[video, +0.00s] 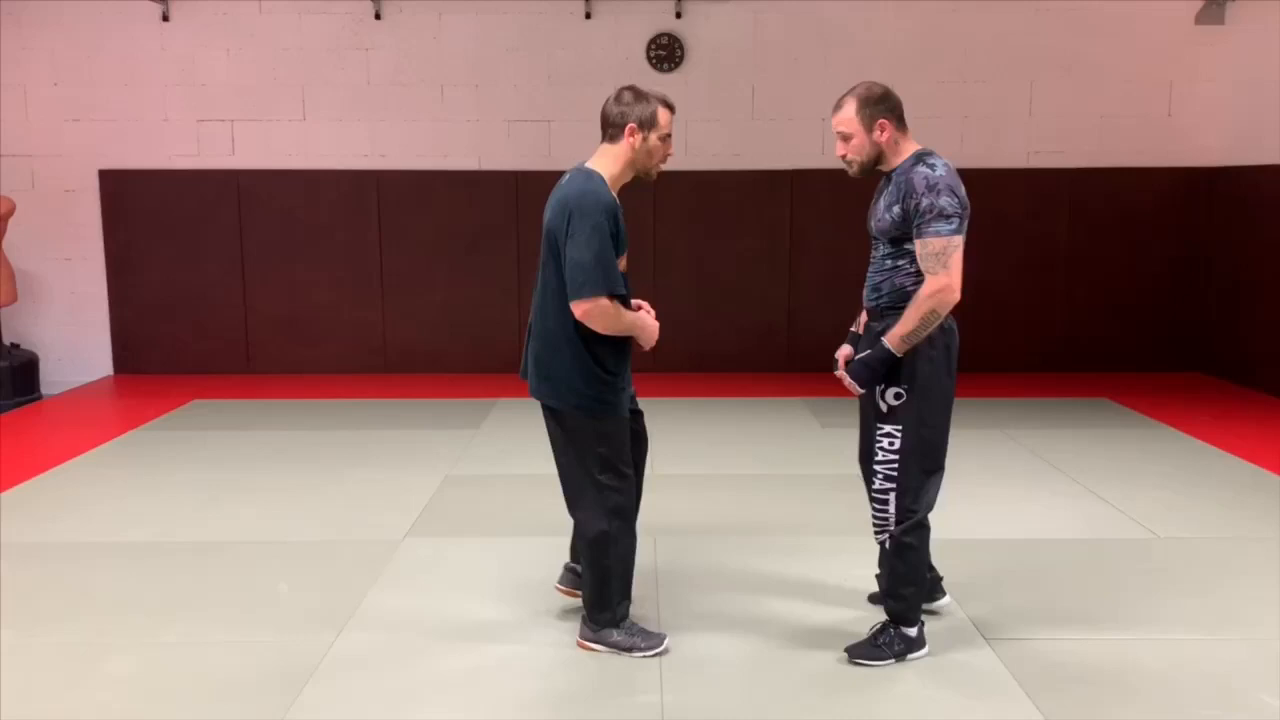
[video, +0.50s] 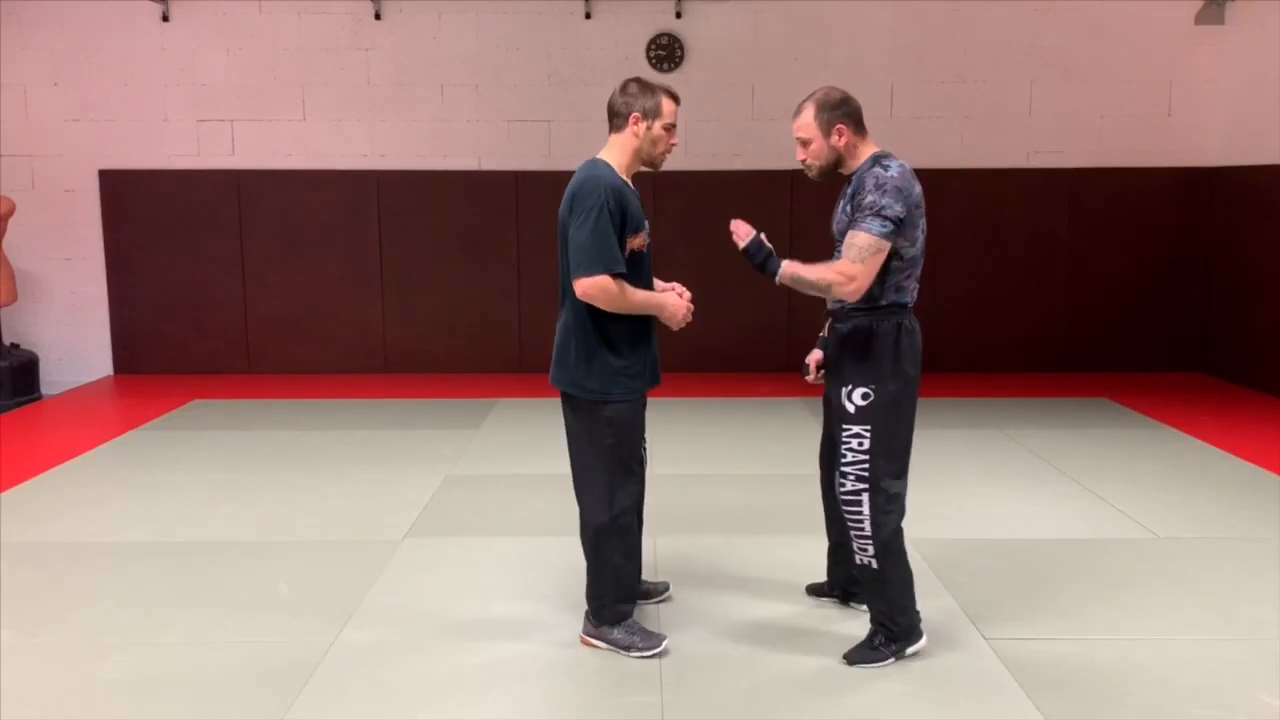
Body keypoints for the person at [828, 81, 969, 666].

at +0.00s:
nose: (840, 149)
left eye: (846, 137)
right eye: (837, 137)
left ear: (883, 130)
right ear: (881, 133)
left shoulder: (930, 182)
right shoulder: (896, 183)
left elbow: (943, 288)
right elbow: (887, 279)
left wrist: (881, 354)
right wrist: (857, 336)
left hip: (918, 348)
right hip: (891, 344)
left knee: (899, 480)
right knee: (885, 472)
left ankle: (903, 625)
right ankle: (916, 577)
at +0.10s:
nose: (832, 151)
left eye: (838, 139)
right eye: (829, 139)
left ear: (876, 132)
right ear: (873, 134)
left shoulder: (921, 182)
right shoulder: (893, 183)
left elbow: (928, 290)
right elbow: (888, 278)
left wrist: (858, 350)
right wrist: (857, 335)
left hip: (916, 347)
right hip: (885, 343)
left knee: (901, 483)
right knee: (858, 460)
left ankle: (903, 627)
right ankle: (898, 578)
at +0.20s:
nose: (825, 153)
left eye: (830, 140)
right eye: (823, 141)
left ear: (867, 131)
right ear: (864, 132)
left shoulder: (913, 182)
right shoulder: (886, 183)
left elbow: (911, 290)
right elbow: (889, 286)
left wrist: (827, 334)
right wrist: (853, 346)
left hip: (910, 349)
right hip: (877, 348)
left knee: (895, 487)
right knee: (848, 457)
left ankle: (904, 630)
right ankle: (879, 570)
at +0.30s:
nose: (816, 152)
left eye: (822, 140)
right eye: (814, 141)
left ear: (858, 133)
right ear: (857, 134)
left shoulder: (904, 183)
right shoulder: (877, 183)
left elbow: (894, 289)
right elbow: (876, 283)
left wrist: (807, 317)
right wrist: (846, 342)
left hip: (902, 350)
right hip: (871, 347)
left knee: (893, 492)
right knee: (845, 461)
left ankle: (902, 631)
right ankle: (860, 573)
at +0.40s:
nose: (807, 152)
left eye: (814, 141)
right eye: (806, 141)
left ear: (850, 134)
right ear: (849, 135)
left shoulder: (896, 184)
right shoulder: (871, 184)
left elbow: (873, 287)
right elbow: (867, 281)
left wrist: (788, 291)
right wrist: (838, 344)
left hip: (892, 348)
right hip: (864, 345)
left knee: (886, 490)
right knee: (846, 468)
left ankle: (902, 630)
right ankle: (851, 577)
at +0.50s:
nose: (798, 153)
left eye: (805, 141)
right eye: (797, 142)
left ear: (841, 135)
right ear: (840, 136)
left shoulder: (886, 183)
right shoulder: (859, 185)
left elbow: (852, 280)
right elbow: (852, 278)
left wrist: (773, 264)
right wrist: (828, 343)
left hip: (880, 346)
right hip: (854, 344)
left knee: (865, 486)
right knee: (840, 470)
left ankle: (898, 624)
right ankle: (849, 577)